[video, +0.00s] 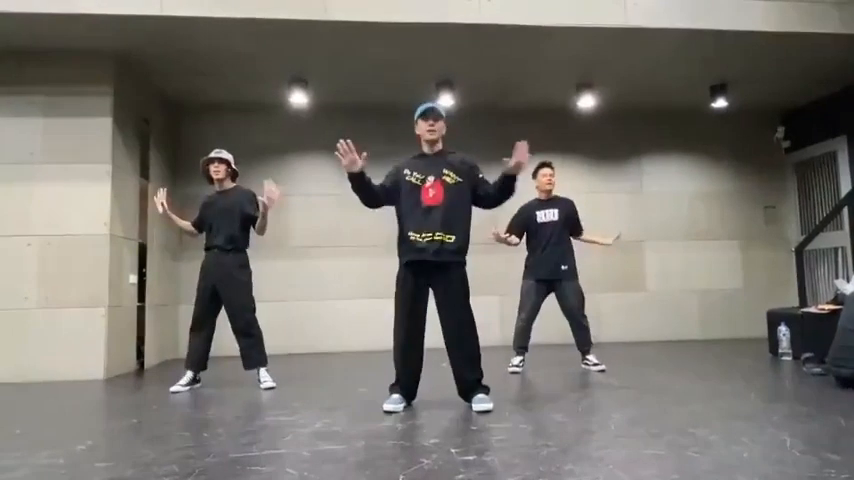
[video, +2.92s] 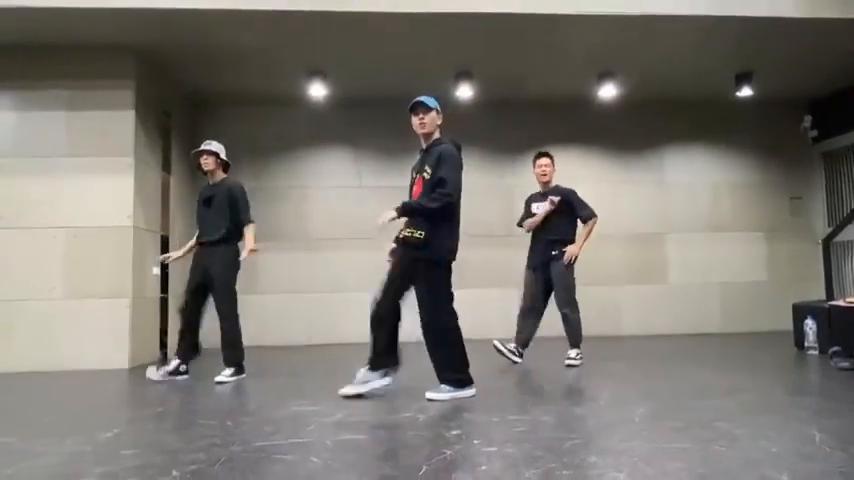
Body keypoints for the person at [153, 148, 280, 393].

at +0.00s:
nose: (215, 167)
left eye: (220, 163)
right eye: (212, 164)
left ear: (230, 168)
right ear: (208, 170)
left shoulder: (245, 195)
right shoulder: (209, 201)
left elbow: (260, 230)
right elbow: (194, 229)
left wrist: (266, 209)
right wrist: (167, 213)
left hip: (236, 263)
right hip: (211, 263)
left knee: (245, 318)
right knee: (202, 318)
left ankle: (261, 370)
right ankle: (192, 372)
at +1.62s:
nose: (206, 164)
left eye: (211, 160)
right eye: (203, 161)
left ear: (221, 164)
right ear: (200, 167)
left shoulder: (235, 192)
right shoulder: (200, 194)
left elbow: (262, 218)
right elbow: (198, 218)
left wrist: (251, 245)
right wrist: (188, 233)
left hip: (220, 255)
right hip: (199, 255)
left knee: (219, 310)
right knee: (195, 314)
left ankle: (230, 353)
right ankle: (202, 370)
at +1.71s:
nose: (204, 165)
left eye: (208, 161)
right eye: (201, 162)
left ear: (220, 165)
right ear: (199, 168)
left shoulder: (235, 194)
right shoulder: (204, 196)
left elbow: (251, 228)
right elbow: (208, 228)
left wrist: (240, 258)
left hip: (218, 255)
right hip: (198, 255)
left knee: (208, 314)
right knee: (193, 315)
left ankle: (220, 370)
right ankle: (201, 369)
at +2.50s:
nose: (207, 163)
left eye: (212, 159)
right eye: (205, 160)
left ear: (223, 161)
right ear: (203, 165)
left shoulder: (238, 190)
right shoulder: (205, 192)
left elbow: (242, 229)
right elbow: (198, 227)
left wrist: (233, 262)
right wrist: (185, 253)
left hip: (225, 254)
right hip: (206, 254)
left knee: (224, 311)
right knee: (204, 310)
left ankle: (229, 368)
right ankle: (210, 364)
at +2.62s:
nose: (209, 164)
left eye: (213, 159)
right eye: (206, 160)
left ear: (225, 162)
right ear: (204, 165)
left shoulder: (239, 191)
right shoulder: (205, 192)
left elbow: (239, 231)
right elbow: (200, 224)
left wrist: (215, 257)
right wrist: (196, 248)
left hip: (230, 254)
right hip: (208, 253)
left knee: (230, 312)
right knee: (192, 305)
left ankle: (233, 367)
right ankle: (225, 338)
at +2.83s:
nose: (205, 159)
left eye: (210, 155)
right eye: (203, 156)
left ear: (222, 158)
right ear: (201, 161)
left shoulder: (236, 187)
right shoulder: (205, 189)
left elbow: (243, 223)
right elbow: (205, 225)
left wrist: (232, 241)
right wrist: (192, 244)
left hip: (226, 254)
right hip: (204, 253)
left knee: (228, 313)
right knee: (177, 297)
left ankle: (236, 366)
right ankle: (215, 322)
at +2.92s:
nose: (203, 160)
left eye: (208, 156)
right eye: (201, 157)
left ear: (220, 159)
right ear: (201, 162)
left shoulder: (234, 187)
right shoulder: (205, 191)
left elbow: (247, 221)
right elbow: (202, 230)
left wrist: (248, 245)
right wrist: (181, 252)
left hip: (225, 252)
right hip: (202, 252)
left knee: (226, 309)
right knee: (190, 307)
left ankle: (234, 365)